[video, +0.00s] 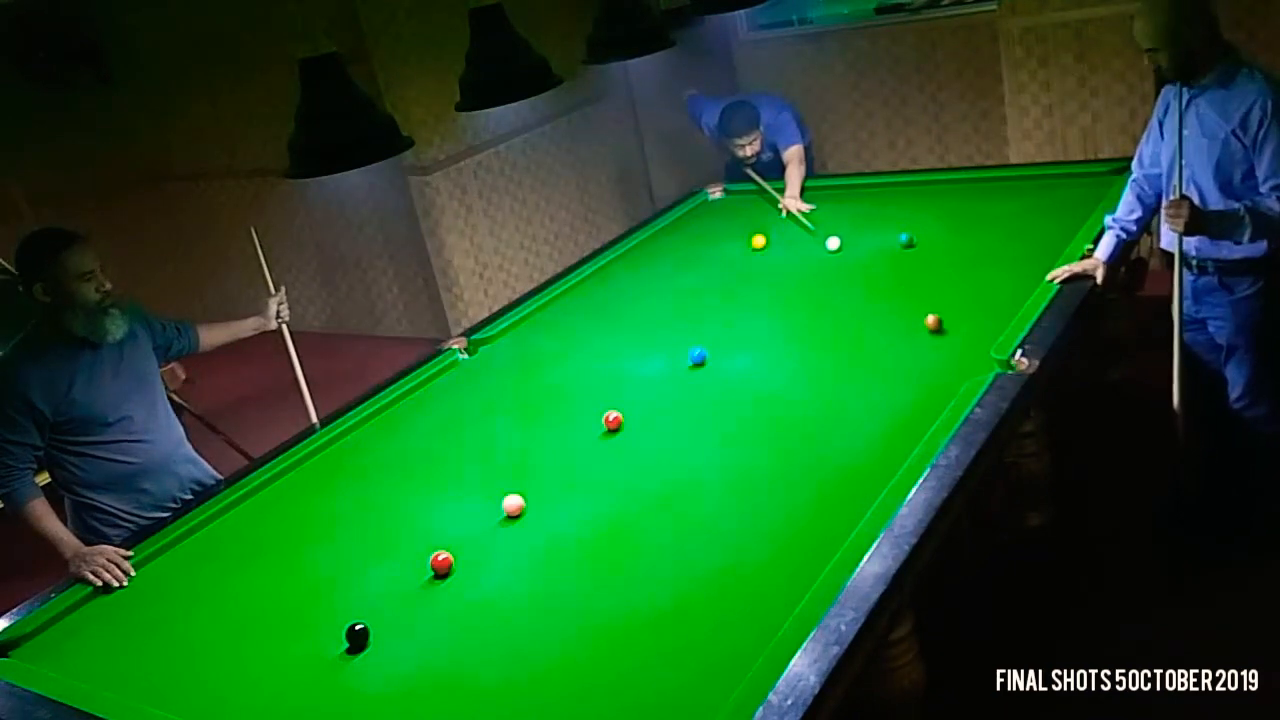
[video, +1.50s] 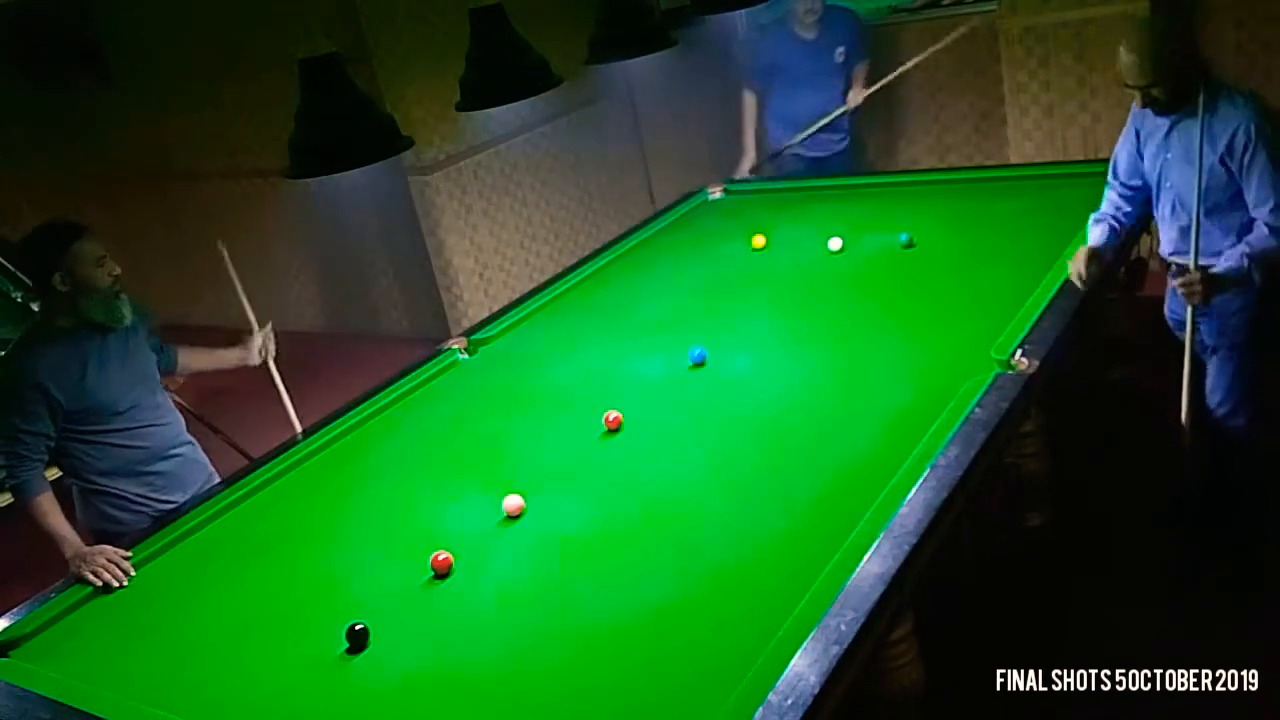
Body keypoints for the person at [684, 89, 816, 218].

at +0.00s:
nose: (748, 152)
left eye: (753, 143)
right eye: (740, 147)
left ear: (761, 130)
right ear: (724, 141)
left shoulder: (778, 118)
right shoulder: (711, 118)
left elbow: (795, 160)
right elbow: (689, 95)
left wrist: (791, 196)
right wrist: (713, 141)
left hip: (779, 158)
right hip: (738, 163)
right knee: (740, 214)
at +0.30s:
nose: (749, 151)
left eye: (754, 142)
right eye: (741, 146)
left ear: (762, 130)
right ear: (725, 140)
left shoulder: (780, 118)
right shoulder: (712, 119)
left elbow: (795, 161)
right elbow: (688, 97)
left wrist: (792, 196)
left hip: (778, 160)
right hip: (738, 164)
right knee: (742, 215)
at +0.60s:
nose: (752, 143)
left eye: (757, 134)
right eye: (743, 137)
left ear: (766, 122)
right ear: (729, 130)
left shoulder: (784, 116)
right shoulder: (718, 112)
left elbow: (796, 160)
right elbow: (690, 98)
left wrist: (792, 195)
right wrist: (722, 144)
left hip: (778, 158)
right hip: (739, 158)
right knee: (740, 210)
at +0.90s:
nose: (765, 95)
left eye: (771, 86)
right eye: (757, 88)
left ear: (779, 80)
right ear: (744, 86)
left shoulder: (800, 92)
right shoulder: (731, 86)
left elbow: (814, 145)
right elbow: (718, 95)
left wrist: (799, 184)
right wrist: (726, 131)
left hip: (793, 165)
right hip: (750, 164)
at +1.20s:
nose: (789, 35)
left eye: (795, 27)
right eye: (781, 28)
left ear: (804, 26)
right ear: (769, 30)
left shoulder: (824, 50)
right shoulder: (751, 52)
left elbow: (854, 97)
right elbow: (733, 82)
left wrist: (831, 129)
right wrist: (730, 128)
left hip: (816, 152)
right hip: (767, 152)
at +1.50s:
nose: (811, 6)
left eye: (816, 1)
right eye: (804, 2)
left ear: (823, 3)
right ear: (791, 4)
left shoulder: (844, 24)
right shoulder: (769, 37)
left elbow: (860, 58)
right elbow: (750, 89)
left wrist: (857, 86)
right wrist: (749, 153)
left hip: (836, 147)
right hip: (789, 151)